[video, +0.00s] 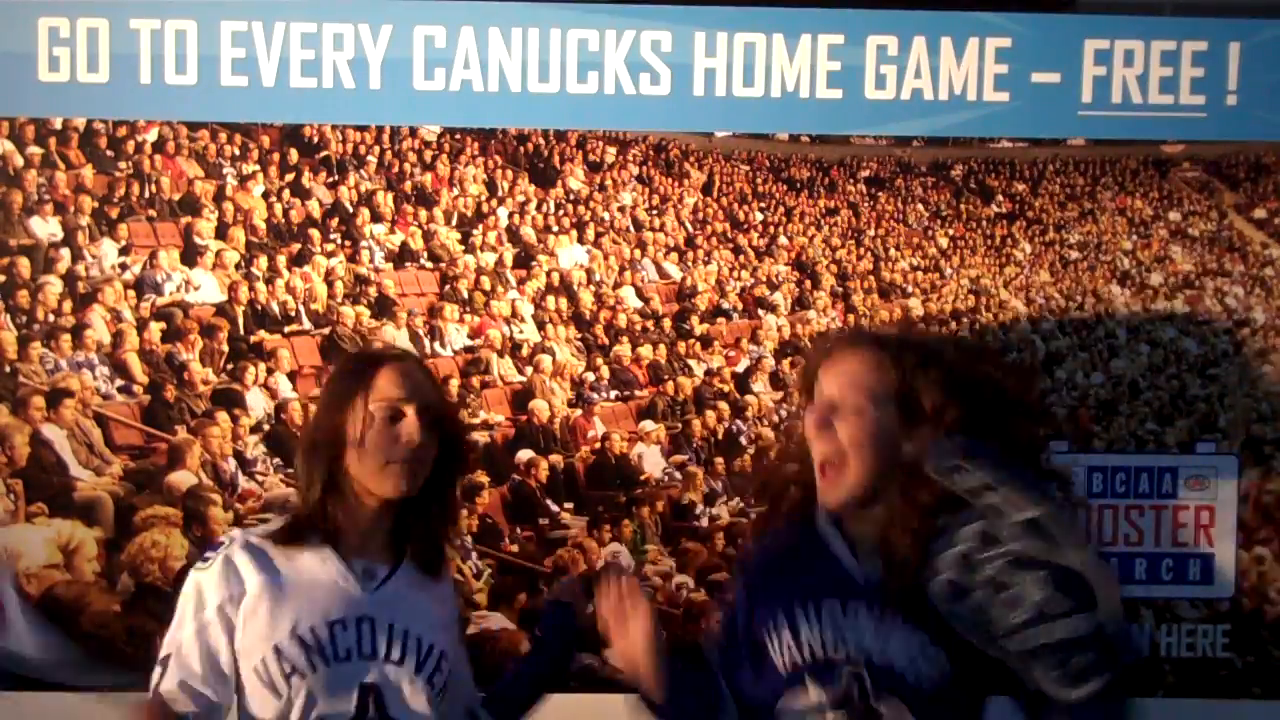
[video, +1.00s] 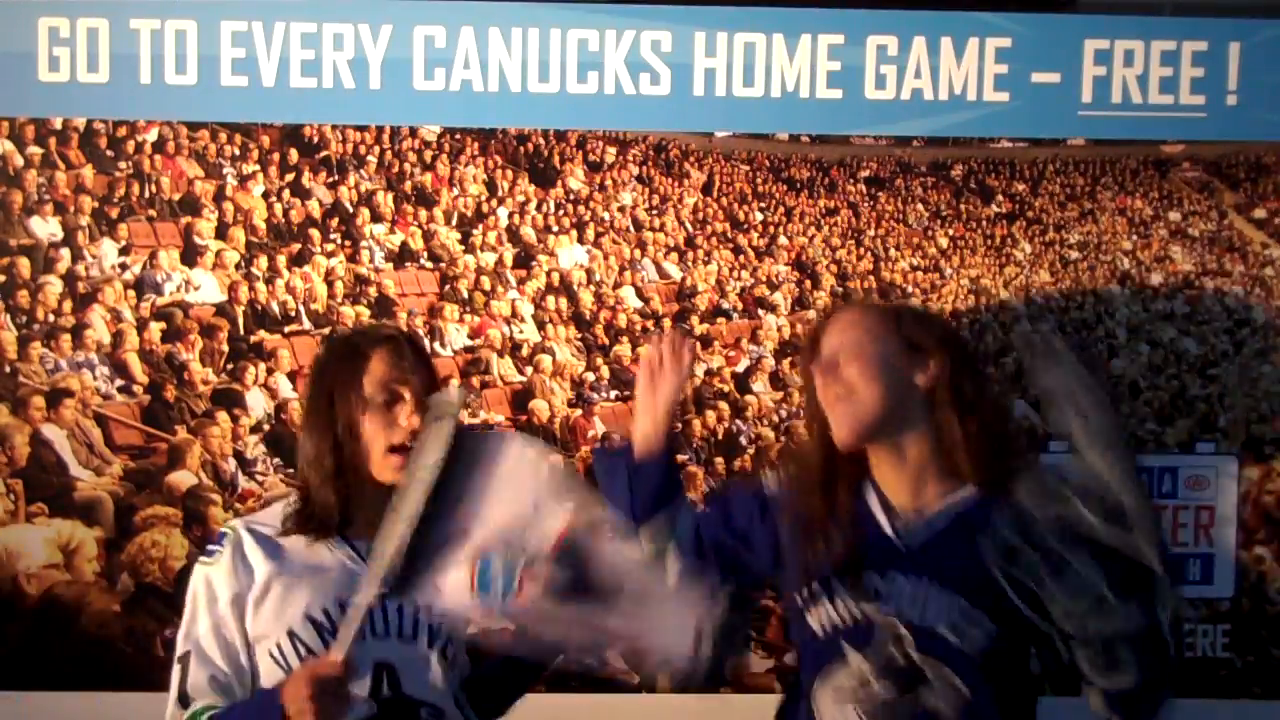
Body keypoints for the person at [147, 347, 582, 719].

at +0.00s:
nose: (418, 434)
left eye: (429, 417)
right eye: (393, 414)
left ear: (441, 438)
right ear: (339, 427)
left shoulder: (440, 593)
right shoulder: (238, 573)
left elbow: (465, 712)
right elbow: (181, 704)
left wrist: (560, 643)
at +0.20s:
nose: (396, 412)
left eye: (403, 392)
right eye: (372, 391)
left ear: (413, 399)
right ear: (312, 400)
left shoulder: (434, 542)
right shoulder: (229, 551)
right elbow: (182, 707)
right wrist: (215, 710)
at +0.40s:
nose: (362, 428)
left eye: (362, 403)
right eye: (327, 425)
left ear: (387, 410)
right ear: (289, 466)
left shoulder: (454, 560)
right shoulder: (249, 588)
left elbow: (500, 710)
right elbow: (200, 713)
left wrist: (536, 586)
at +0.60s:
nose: (364, 437)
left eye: (373, 411)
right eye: (333, 428)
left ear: (408, 419)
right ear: (308, 460)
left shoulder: (487, 562)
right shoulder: (272, 571)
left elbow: (523, 702)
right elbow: (224, 717)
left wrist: (543, 582)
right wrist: (88, 716)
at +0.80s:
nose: (403, 412)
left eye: (423, 392)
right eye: (375, 392)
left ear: (447, 412)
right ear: (338, 411)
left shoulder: (478, 559)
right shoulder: (266, 552)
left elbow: (503, 709)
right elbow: (227, 701)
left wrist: (568, 623)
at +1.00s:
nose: (414, 422)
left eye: (421, 403)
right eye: (389, 401)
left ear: (431, 413)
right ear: (337, 414)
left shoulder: (450, 552)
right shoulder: (245, 560)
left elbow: (478, 703)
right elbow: (196, 710)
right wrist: (277, 704)